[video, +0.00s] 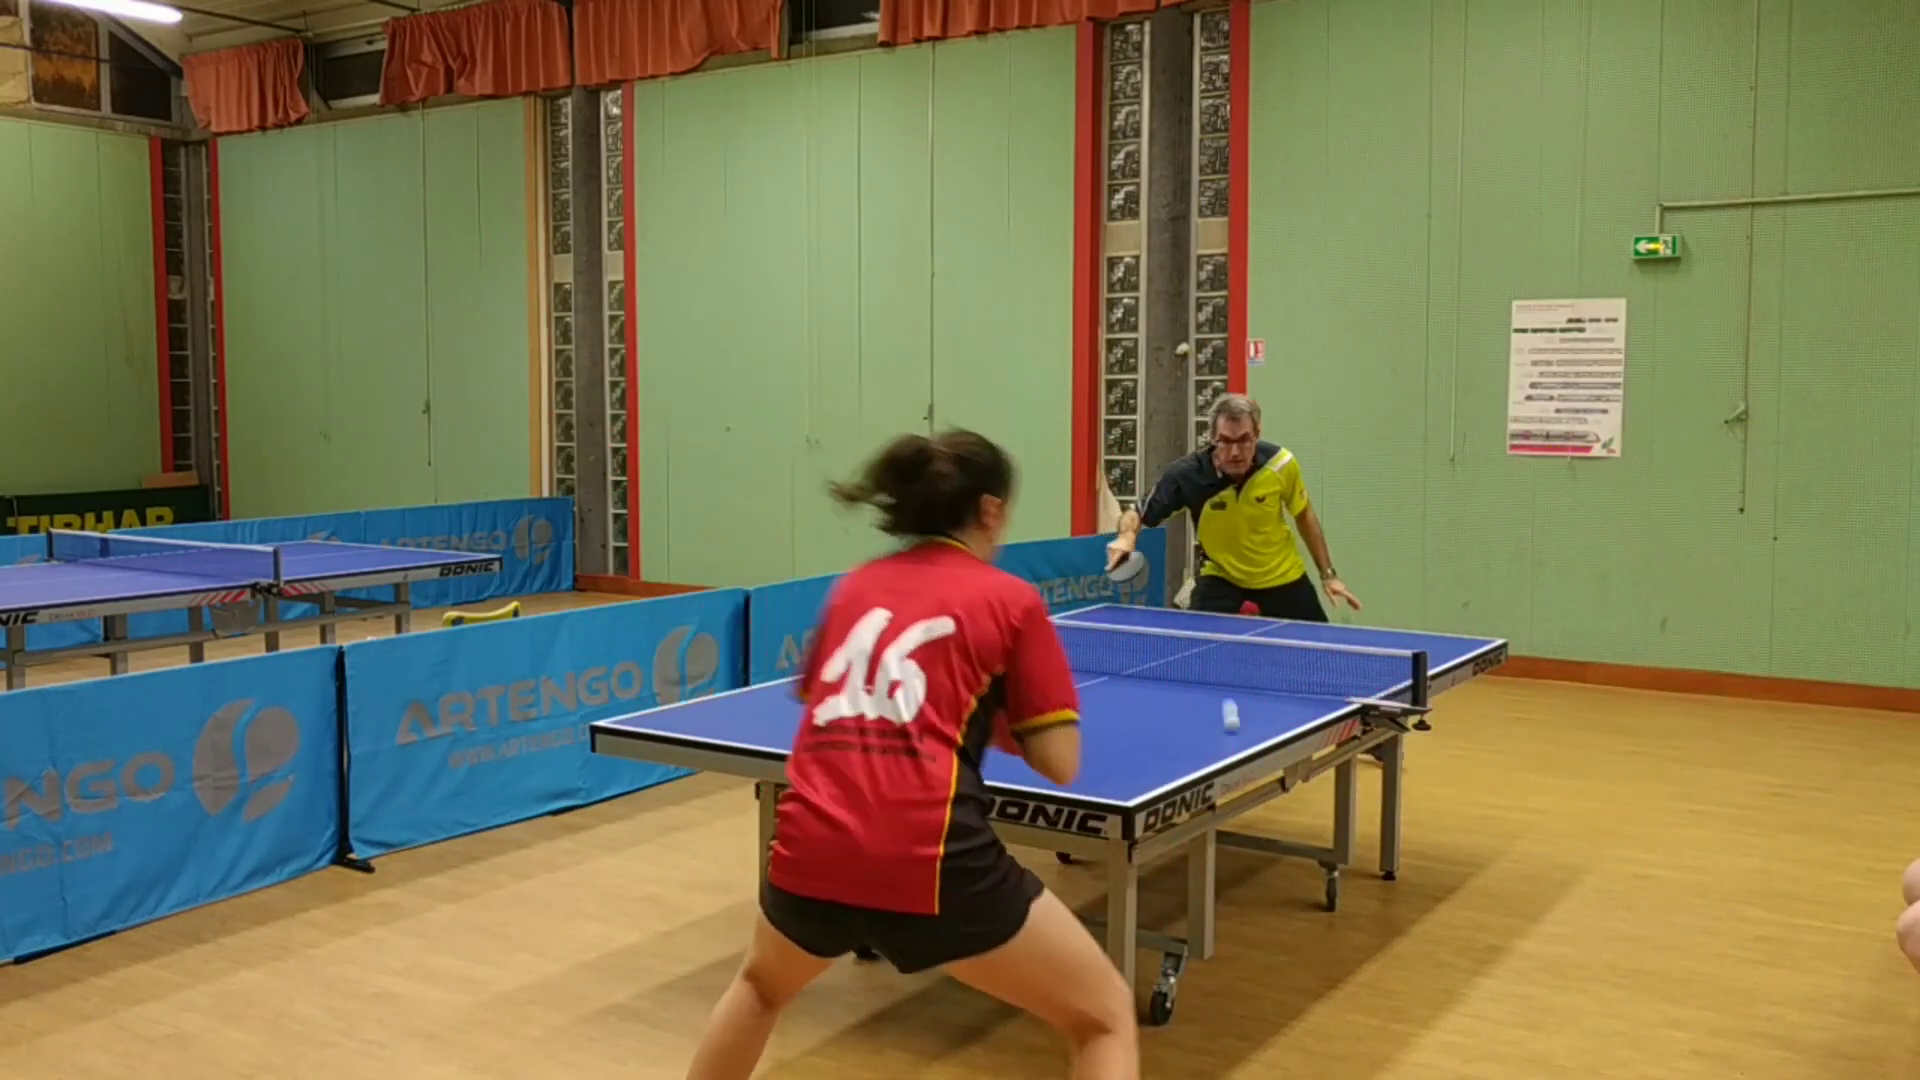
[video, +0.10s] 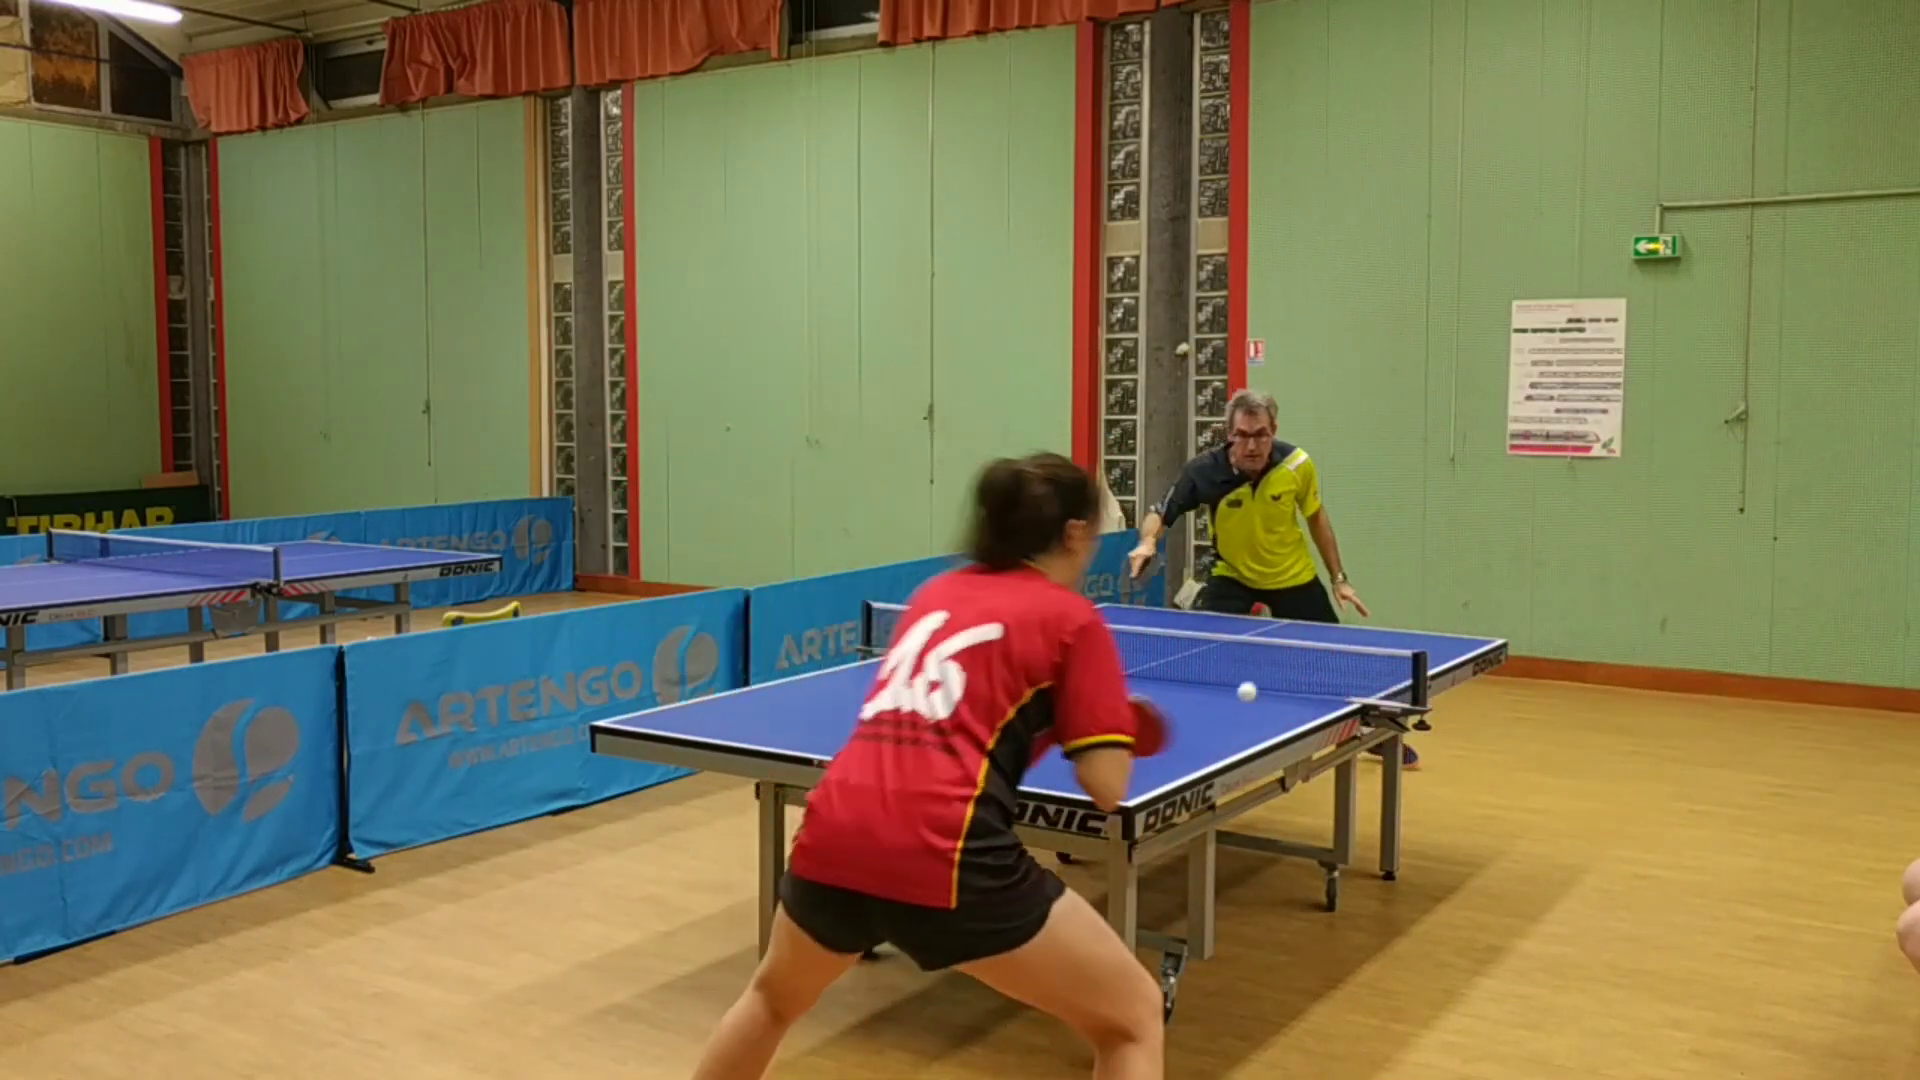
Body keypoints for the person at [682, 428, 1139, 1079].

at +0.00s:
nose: (1008, 516)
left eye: (1009, 502)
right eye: (1008, 502)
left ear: (915, 503)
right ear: (989, 508)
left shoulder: (855, 584)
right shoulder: (1010, 599)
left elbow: (819, 698)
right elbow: (1060, 762)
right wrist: (988, 708)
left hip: (810, 865)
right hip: (934, 869)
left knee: (756, 990)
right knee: (1103, 1019)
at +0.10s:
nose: (1097, 545)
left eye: (1097, 532)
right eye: (1096, 532)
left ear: (1000, 526)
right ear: (1074, 535)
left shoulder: (937, 590)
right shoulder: (1072, 618)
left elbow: (950, 718)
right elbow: (1107, 783)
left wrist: (1069, 711)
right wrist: (1104, 719)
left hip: (833, 844)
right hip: (947, 860)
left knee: (768, 999)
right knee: (1132, 1020)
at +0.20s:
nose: (1176, 545)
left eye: (1178, 531)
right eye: (1174, 531)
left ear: (1079, 528)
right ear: (1151, 536)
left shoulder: (1022, 579)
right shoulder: (1128, 611)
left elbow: (1065, 674)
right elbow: (1154, 776)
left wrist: (1182, 686)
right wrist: (1147, 697)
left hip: (849, 813)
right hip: (960, 840)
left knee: (767, 1015)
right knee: (1131, 1018)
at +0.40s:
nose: (1237, 531)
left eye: (1235, 515)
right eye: (1235, 513)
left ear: (1139, 504)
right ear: (1213, 514)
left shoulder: (1095, 558)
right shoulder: (1157, 581)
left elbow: (1205, 660)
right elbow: (1199, 739)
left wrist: (1296, 687)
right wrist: (1209, 629)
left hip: (870, 755)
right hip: (960, 788)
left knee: (776, 992)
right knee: (1094, 1025)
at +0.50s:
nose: (1217, 508)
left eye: (1217, 492)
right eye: (1215, 494)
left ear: (1125, 485)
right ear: (1197, 498)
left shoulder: (1083, 547)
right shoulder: (1153, 574)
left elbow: (1190, 664)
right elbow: (1202, 732)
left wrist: (1304, 691)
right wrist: (1211, 631)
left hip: (872, 754)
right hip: (967, 790)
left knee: (800, 983)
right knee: (1099, 1018)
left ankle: (689, 1078)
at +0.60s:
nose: (1180, 492)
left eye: (1179, 481)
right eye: (1178, 481)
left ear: (1086, 480)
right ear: (1165, 492)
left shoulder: (1045, 544)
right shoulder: (1135, 573)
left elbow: (1112, 642)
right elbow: (1190, 729)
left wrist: (1238, 682)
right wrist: (1205, 642)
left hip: (862, 770)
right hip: (964, 805)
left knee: (785, 979)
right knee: (1108, 1020)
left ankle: (687, 1075)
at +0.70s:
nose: (1115, 494)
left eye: (1113, 482)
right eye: (1111, 483)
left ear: (1027, 489)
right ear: (1098, 494)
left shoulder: (983, 550)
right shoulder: (1097, 579)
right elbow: (1154, 725)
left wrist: (1131, 636)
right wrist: (1181, 658)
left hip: (840, 795)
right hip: (948, 822)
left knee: (776, 985)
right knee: (1097, 1019)